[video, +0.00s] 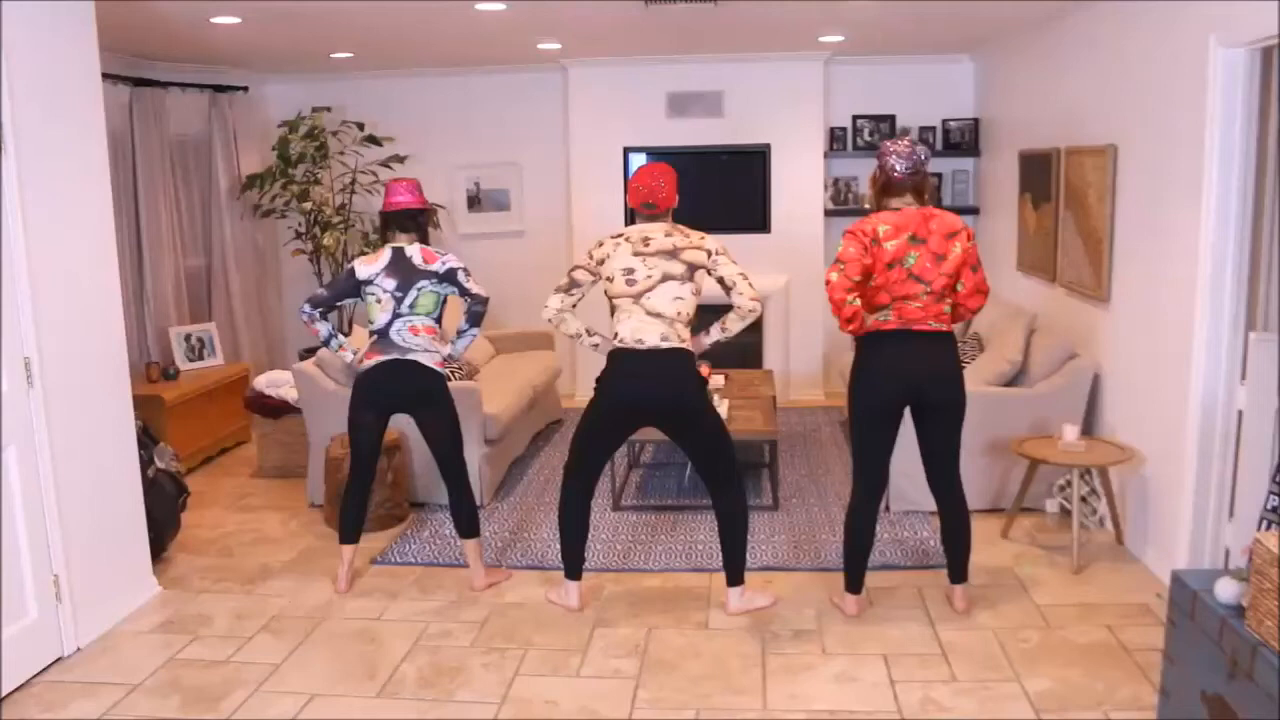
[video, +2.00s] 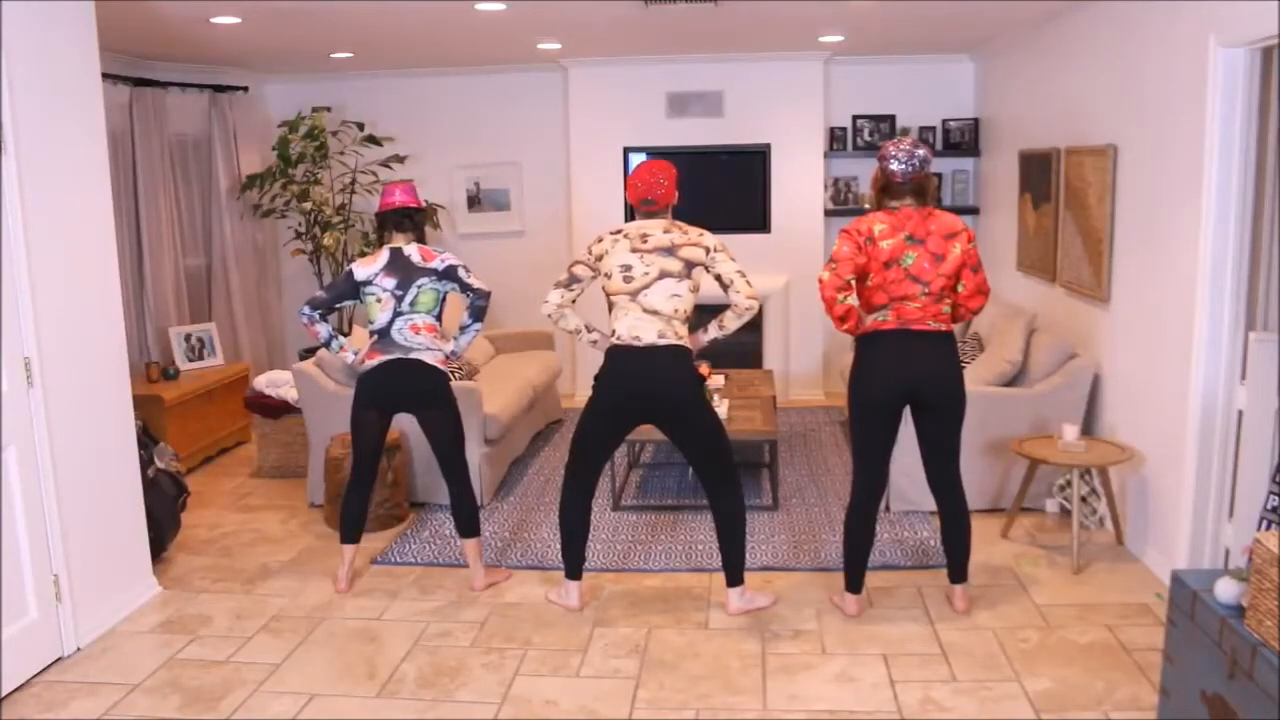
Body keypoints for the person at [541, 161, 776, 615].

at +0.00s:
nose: (651, 204)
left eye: (641, 197)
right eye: (667, 196)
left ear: (631, 202)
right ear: (674, 201)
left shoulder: (607, 247)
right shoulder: (700, 244)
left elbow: (556, 309)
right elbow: (748, 302)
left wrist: (605, 345)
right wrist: (701, 341)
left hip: (622, 379)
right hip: (679, 381)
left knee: (578, 476)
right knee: (725, 479)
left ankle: (571, 588)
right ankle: (736, 591)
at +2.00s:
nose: (668, 199)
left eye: (645, 194)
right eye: (671, 192)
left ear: (631, 199)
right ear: (674, 198)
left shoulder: (606, 243)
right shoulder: (699, 240)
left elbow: (555, 305)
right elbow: (746, 300)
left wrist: (603, 341)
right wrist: (701, 338)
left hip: (619, 376)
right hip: (676, 377)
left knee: (579, 475)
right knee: (721, 477)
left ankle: (571, 588)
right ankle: (736, 591)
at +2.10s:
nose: (665, 199)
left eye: (643, 194)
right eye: (670, 192)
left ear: (631, 199)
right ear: (674, 198)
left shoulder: (606, 243)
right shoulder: (699, 240)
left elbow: (555, 305)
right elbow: (746, 300)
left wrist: (603, 341)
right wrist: (701, 338)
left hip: (620, 376)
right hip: (676, 377)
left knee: (579, 475)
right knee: (721, 477)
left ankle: (571, 588)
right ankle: (736, 592)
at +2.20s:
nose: (668, 204)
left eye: (644, 198)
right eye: (671, 198)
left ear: (631, 205)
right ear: (674, 204)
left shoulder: (607, 248)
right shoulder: (698, 244)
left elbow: (555, 307)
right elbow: (746, 301)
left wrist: (601, 341)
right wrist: (702, 339)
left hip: (620, 379)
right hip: (675, 380)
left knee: (580, 477)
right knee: (723, 479)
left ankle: (571, 588)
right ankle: (736, 592)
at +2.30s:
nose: (673, 212)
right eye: (673, 205)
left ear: (632, 212)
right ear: (675, 211)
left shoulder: (608, 253)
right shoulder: (697, 250)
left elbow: (556, 309)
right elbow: (746, 302)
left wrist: (596, 342)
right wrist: (702, 342)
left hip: (619, 383)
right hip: (675, 384)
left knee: (579, 478)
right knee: (725, 480)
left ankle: (572, 588)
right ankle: (736, 591)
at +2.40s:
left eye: (641, 216)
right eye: (671, 217)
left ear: (631, 224)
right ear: (675, 223)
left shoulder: (610, 261)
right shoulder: (697, 259)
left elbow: (557, 313)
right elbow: (746, 306)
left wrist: (597, 350)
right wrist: (702, 347)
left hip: (619, 389)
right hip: (675, 390)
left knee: (579, 480)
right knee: (729, 484)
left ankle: (573, 588)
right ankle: (736, 592)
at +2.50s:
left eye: (640, 225)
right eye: (670, 226)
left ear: (632, 232)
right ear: (676, 231)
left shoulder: (612, 266)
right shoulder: (699, 263)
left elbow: (557, 314)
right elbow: (747, 308)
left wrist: (598, 355)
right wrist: (701, 346)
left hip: (619, 390)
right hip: (676, 391)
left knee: (579, 481)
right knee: (729, 485)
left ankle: (573, 588)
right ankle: (736, 592)